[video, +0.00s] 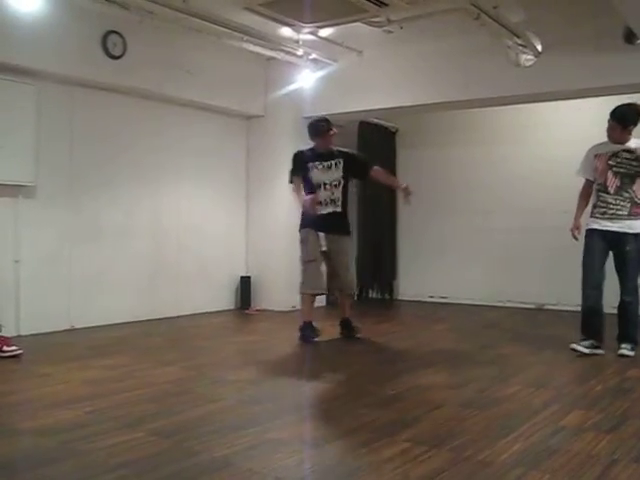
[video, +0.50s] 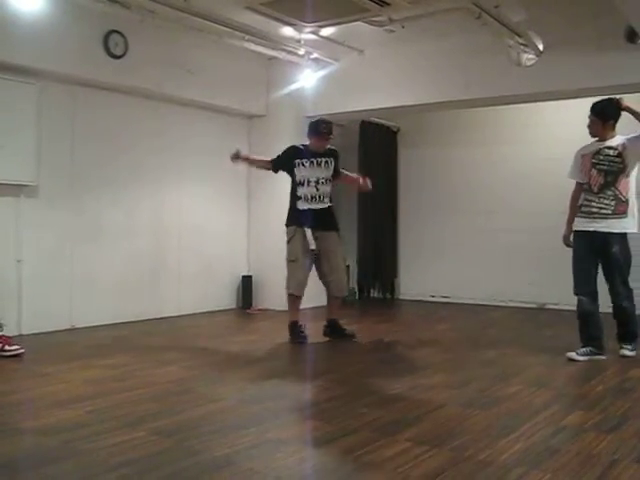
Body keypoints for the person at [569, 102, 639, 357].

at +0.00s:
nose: (608, 130)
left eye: (613, 127)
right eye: (609, 125)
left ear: (626, 130)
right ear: (612, 125)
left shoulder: (637, 154)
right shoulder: (597, 152)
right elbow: (588, 187)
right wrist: (577, 217)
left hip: (630, 230)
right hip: (598, 228)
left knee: (630, 289)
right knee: (591, 283)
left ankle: (628, 341)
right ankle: (592, 339)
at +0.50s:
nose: (588, 124)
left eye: (592, 120)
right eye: (589, 119)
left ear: (607, 122)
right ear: (603, 122)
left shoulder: (627, 148)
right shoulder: (584, 152)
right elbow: (578, 191)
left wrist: (628, 108)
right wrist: (569, 227)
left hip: (614, 232)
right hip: (583, 231)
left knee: (619, 289)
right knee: (585, 292)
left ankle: (629, 340)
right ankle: (592, 345)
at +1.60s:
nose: (568, 117)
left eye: (570, 112)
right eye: (568, 112)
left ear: (582, 112)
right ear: (586, 113)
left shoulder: (604, 139)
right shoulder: (586, 139)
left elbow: (609, 125)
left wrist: (600, 98)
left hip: (595, 228)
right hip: (579, 225)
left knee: (592, 291)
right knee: (575, 288)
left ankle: (597, 355)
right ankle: (587, 345)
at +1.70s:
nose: (568, 120)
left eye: (569, 114)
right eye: (567, 114)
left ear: (582, 113)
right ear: (584, 113)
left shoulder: (602, 140)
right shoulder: (587, 139)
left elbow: (602, 123)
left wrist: (597, 98)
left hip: (593, 228)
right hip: (580, 226)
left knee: (590, 290)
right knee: (579, 288)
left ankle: (596, 355)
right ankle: (588, 346)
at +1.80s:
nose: (566, 120)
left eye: (567, 115)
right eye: (566, 115)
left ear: (579, 114)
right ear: (582, 115)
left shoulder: (599, 140)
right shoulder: (587, 139)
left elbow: (597, 123)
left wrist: (595, 99)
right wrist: (591, 99)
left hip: (591, 228)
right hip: (580, 226)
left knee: (590, 292)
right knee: (582, 290)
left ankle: (596, 355)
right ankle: (589, 346)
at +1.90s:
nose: (567, 127)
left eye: (568, 121)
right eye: (566, 121)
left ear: (580, 118)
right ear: (579, 118)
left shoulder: (598, 142)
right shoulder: (586, 142)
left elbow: (591, 128)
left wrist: (590, 105)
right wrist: (588, 102)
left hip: (589, 229)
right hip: (579, 228)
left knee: (588, 294)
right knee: (583, 292)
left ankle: (596, 356)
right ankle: (588, 346)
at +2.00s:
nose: (564, 126)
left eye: (566, 120)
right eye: (564, 120)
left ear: (577, 118)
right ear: (576, 119)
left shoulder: (595, 143)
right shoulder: (587, 145)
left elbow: (582, 126)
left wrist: (589, 106)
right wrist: (588, 106)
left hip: (587, 229)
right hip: (582, 228)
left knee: (581, 292)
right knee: (587, 290)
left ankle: (594, 354)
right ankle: (589, 347)